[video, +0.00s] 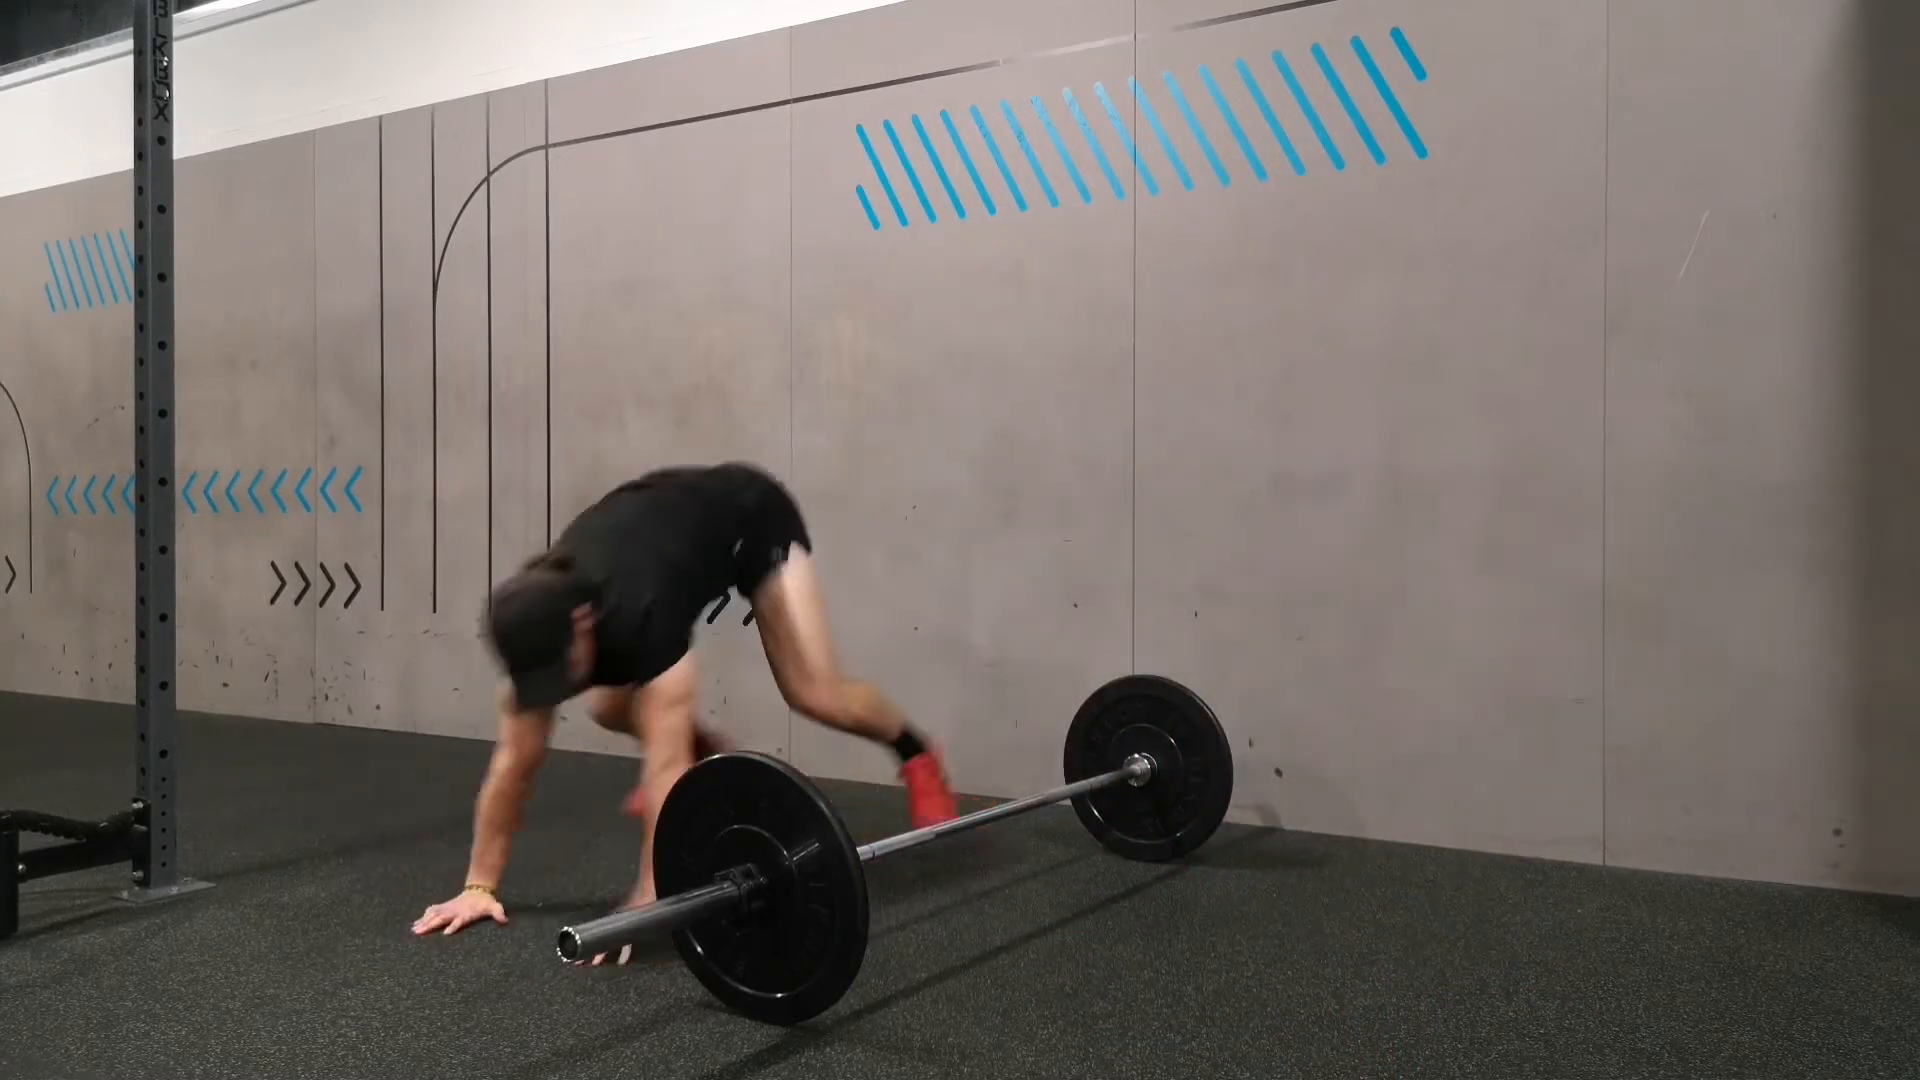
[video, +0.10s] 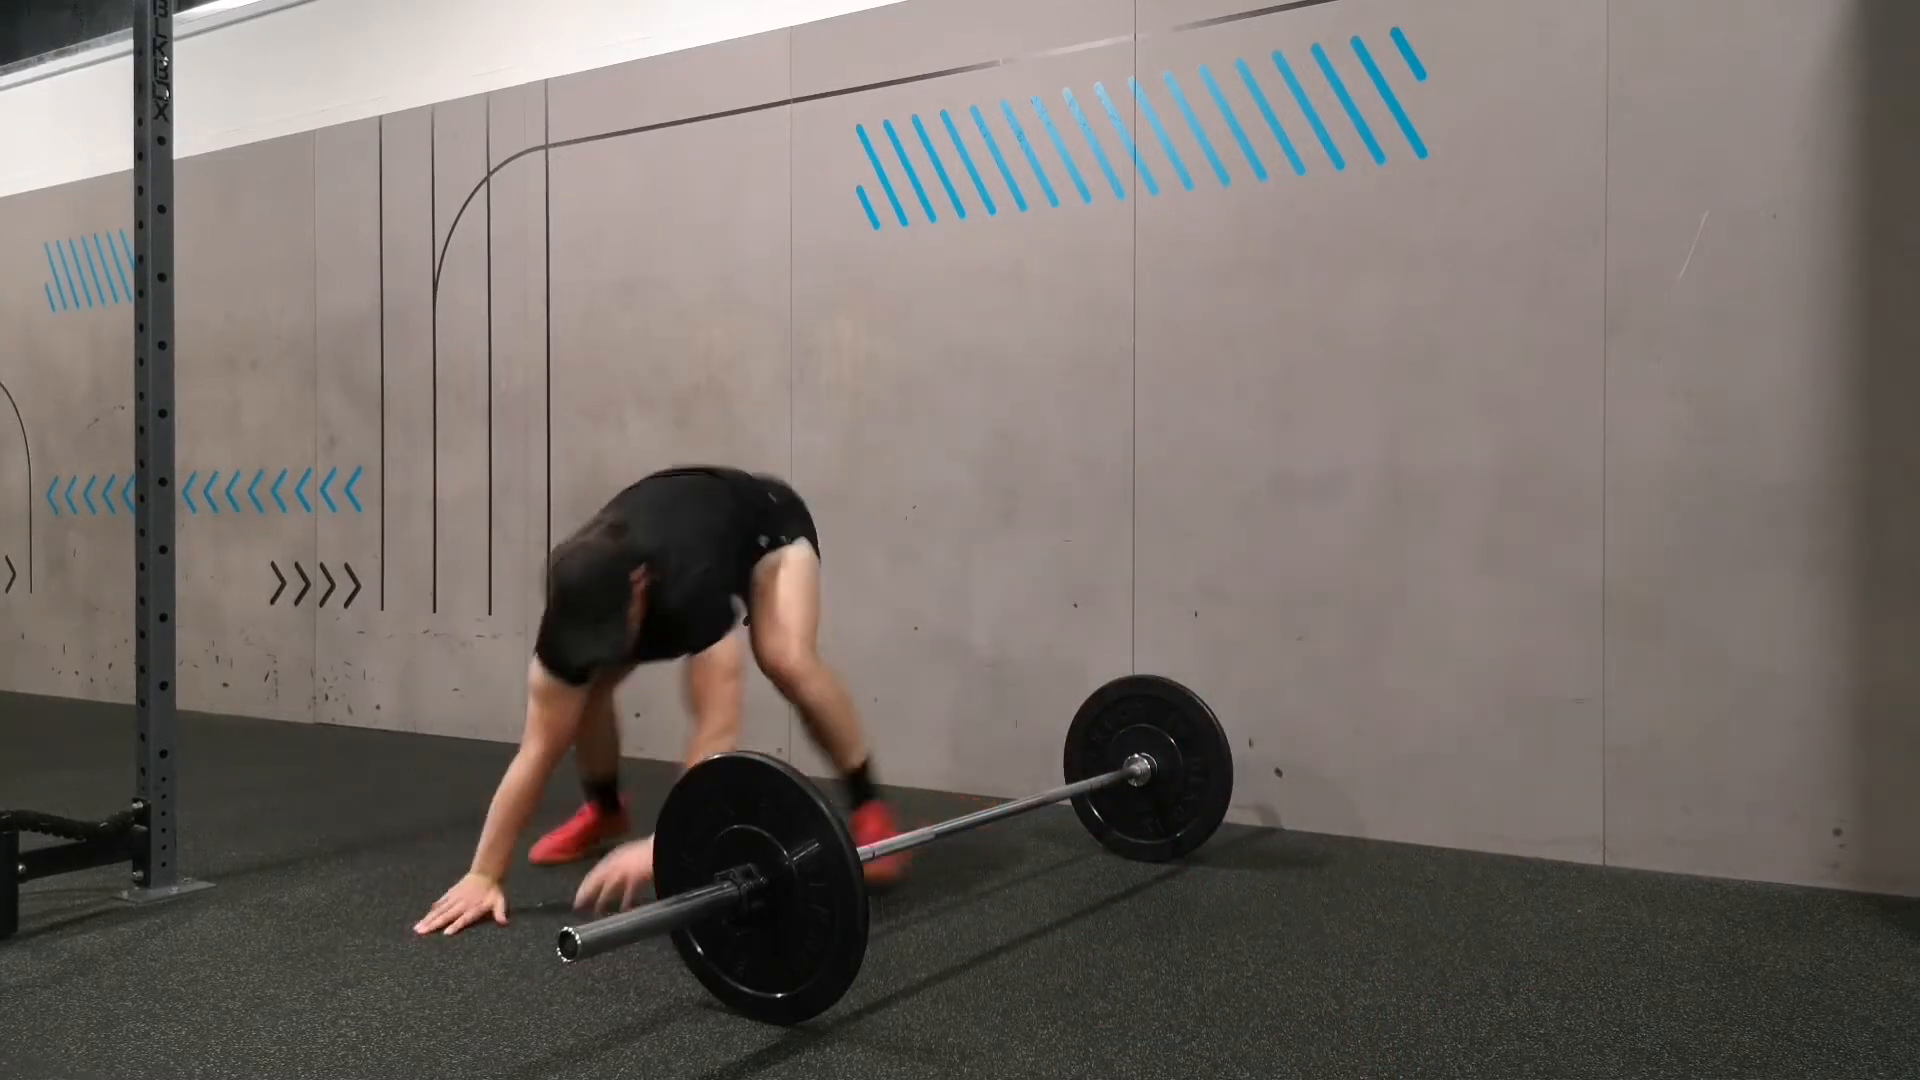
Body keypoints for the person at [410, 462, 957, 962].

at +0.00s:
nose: (564, 681)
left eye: (561, 669)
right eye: (548, 676)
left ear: (582, 623)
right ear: (516, 645)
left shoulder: (644, 607)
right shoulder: (534, 627)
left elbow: (669, 775)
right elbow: (512, 765)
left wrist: (644, 901)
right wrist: (480, 887)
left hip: (749, 513)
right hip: (664, 518)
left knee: (815, 695)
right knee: (612, 704)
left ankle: (916, 750)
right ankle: (710, 755)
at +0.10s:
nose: (596, 663)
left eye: (607, 646)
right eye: (582, 652)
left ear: (638, 591)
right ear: (557, 607)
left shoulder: (694, 589)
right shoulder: (568, 618)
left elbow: (719, 730)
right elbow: (538, 748)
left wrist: (670, 842)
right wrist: (483, 874)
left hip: (764, 518)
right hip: (664, 510)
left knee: (786, 658)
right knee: (583, 687)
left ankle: (869, 805)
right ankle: (604, 810)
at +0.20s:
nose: (642, 611)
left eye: (657, 600)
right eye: (637, 601)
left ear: (687, 558)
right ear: (615, 557)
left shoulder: (741, 554)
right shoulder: (594, 568)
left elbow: (766, 699)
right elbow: (545, 698)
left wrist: (694, 807)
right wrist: (499, 827)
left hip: (778, 572)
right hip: (676, 582)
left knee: (792, 694)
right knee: (581, 714)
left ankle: (859, 840)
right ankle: (602, 821)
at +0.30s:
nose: (713, 491)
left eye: (724, 479)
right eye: (701, 479)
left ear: (748, 459)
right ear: (680, 458)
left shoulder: (792, 479)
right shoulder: (658, 483)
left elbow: (812, 644)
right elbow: (591, 602)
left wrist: (747, 751)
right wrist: (554, 712)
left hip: (804, 579)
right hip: (713, 576)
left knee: (829, 705)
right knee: (609, 712)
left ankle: (860, 845)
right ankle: (602, 819)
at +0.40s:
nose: (776, 391)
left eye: (788, 377)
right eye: (763, 377)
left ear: (811, 357)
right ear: (742, 358)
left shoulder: (856, 399)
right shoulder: (722, 394)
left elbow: (898, 553)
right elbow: (659, 481)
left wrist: (826, 655)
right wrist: (625, 573)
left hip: (849, 542)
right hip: (763, 530)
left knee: (852, 696)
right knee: (656, 666)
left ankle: (862, 842)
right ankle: (628, 786)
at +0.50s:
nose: (805, 301)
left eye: (817, 285)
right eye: (790, 286)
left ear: (842, 267)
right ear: (769, 269)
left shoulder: (893, 321)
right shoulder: (762, 319)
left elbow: (989, 445)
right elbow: (705, 410)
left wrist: (931, 553)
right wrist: (662, 506)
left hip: (913, 481)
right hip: (827, 461)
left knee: (875, 666)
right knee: (705, 579)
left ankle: (865, 836)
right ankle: (740, 701)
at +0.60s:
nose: (824, 249)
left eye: (837, 232)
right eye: (809, 234)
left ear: (868, 209)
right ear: (791, 219)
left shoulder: (926, 259)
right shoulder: (787, 283)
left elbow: (1042, 367)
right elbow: (732, 386)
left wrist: (1035, 494)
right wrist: (688, 493)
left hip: (983, 411)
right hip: (901, 407)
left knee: (941, 614)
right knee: (794, 482)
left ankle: (911, 781)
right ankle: (848, 651)